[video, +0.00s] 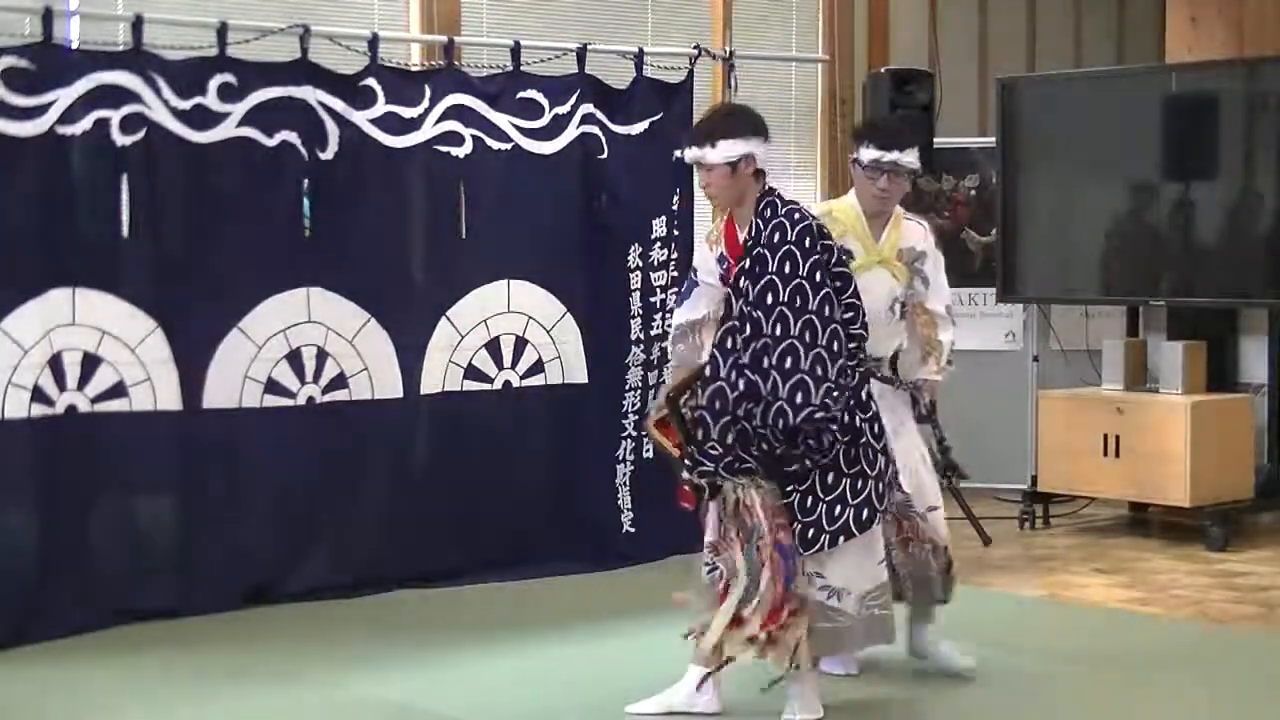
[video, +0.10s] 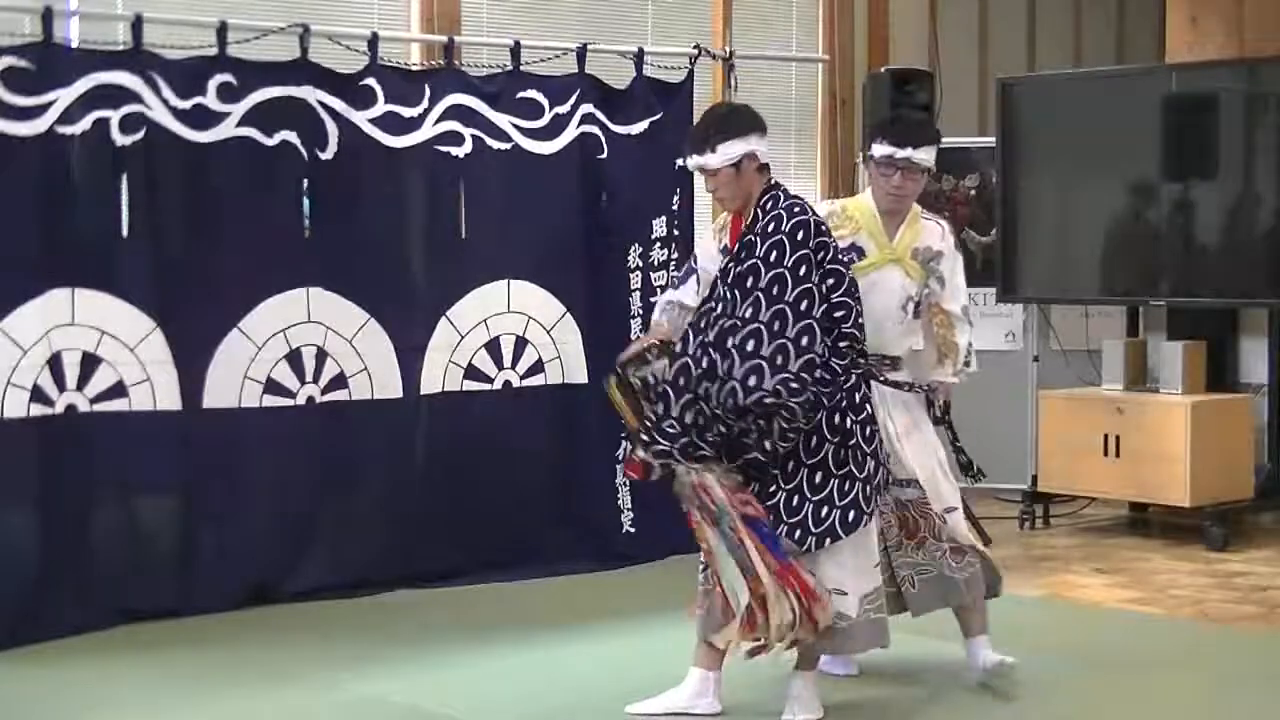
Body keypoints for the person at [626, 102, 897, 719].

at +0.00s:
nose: (702, 181)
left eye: (711, 169)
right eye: (698, 169)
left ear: (749, 168)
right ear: (714, 170)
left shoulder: (790, 232)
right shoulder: (733, 232)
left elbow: (790, 348)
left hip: (788, 427)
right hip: (745, 421)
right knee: (761, 553)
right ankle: (807, 692)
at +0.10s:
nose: (709, 186)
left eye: (717, 172)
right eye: (704, 174)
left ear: (752, 165)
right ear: (719, 169)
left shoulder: (789, 221)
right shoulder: (744, 226)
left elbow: (771, 331)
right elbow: (718, 302)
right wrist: (670, 334)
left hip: (814, 418)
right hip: (754, 415)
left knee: (805, 549)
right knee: (722, 538)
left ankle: (803, 687)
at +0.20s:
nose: (715, 193)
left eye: (722, 179)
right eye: (709, 182)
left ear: (754, 166)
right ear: (714, 171)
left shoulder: (787, 219)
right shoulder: (757, 218)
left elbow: (747, 312)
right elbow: (716, 270)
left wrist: (667, 306)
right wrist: (657, 287)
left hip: (811, 419)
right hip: (750, 414)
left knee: (805, 550)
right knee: (714, 536)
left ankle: (804, 686)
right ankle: (702, 683)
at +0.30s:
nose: (711, 193)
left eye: (715, 179)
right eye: (706, 183)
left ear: (745, 164)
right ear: (741, 166)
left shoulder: (786, 210)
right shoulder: (727, 218)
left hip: (804, 414)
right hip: (733, 410)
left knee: (800, 547)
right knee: (714, 541)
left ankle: (801, 688)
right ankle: (702, 683)